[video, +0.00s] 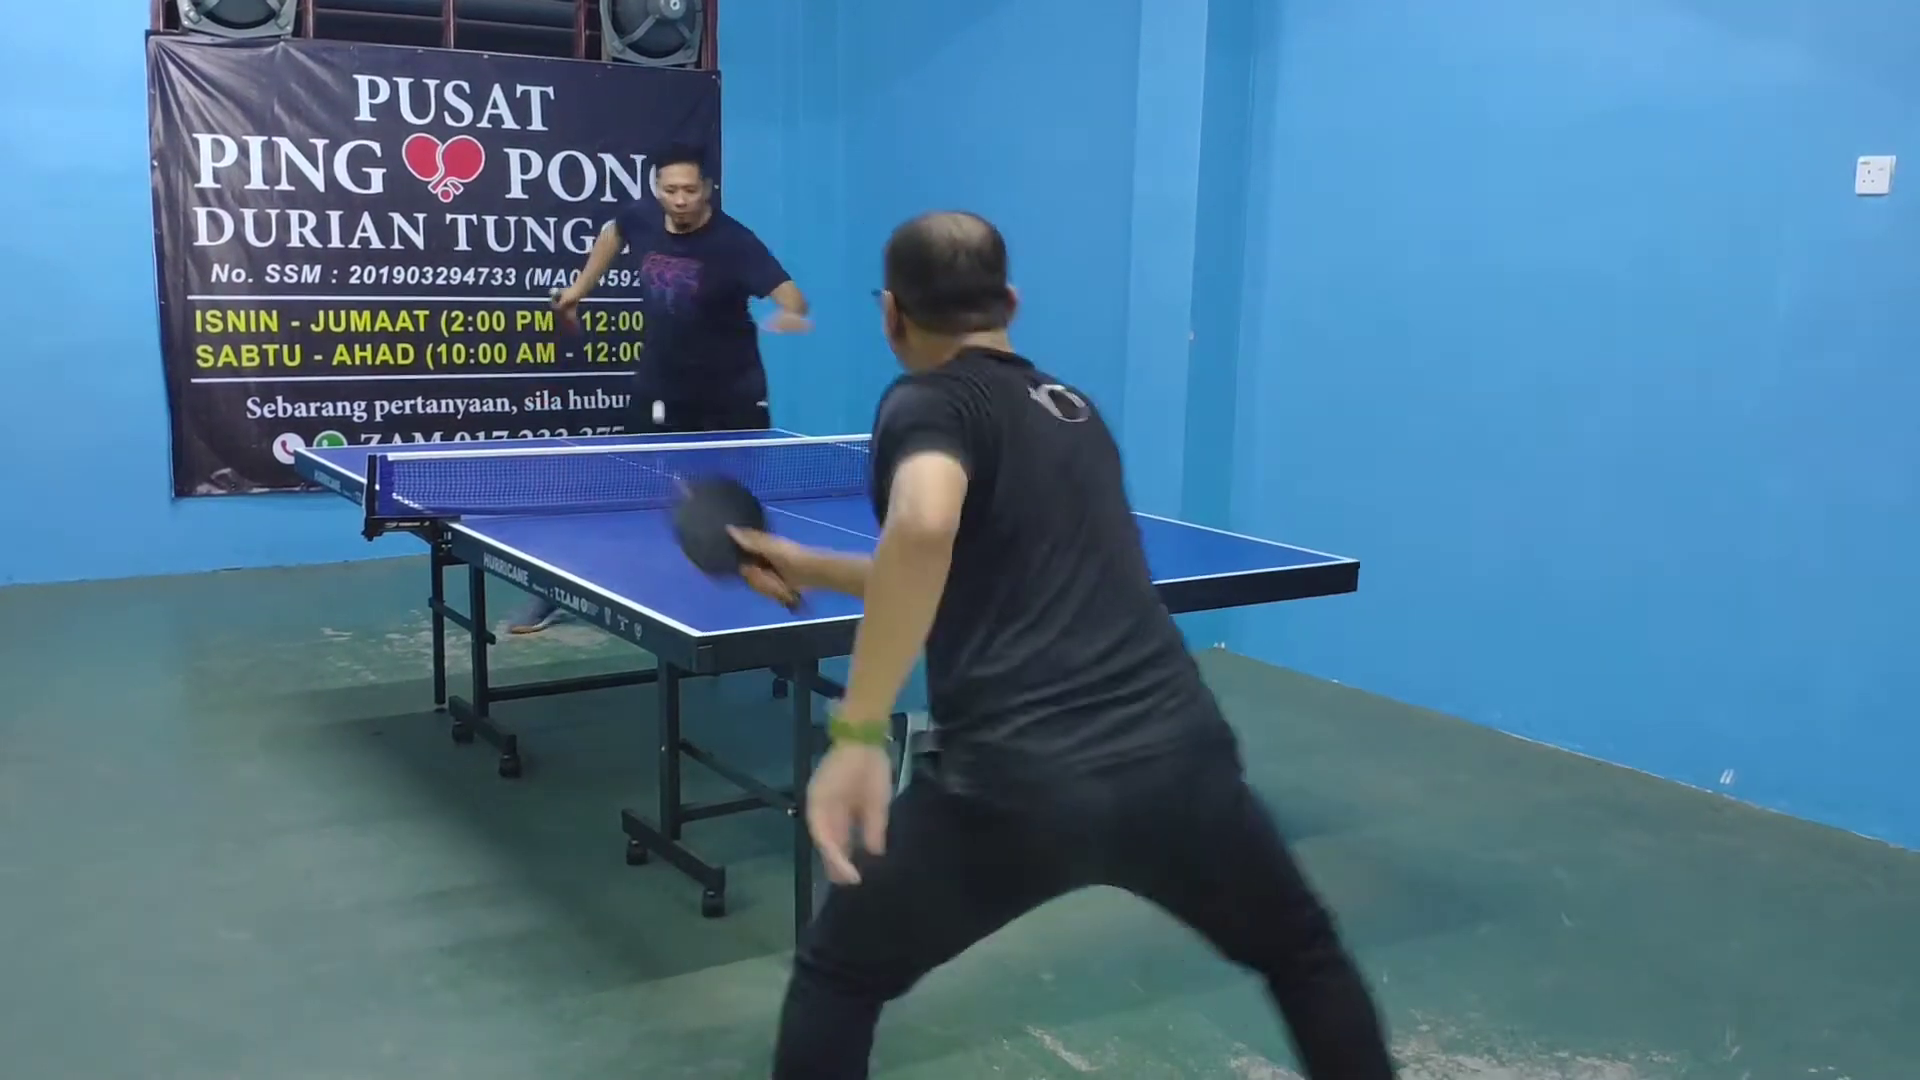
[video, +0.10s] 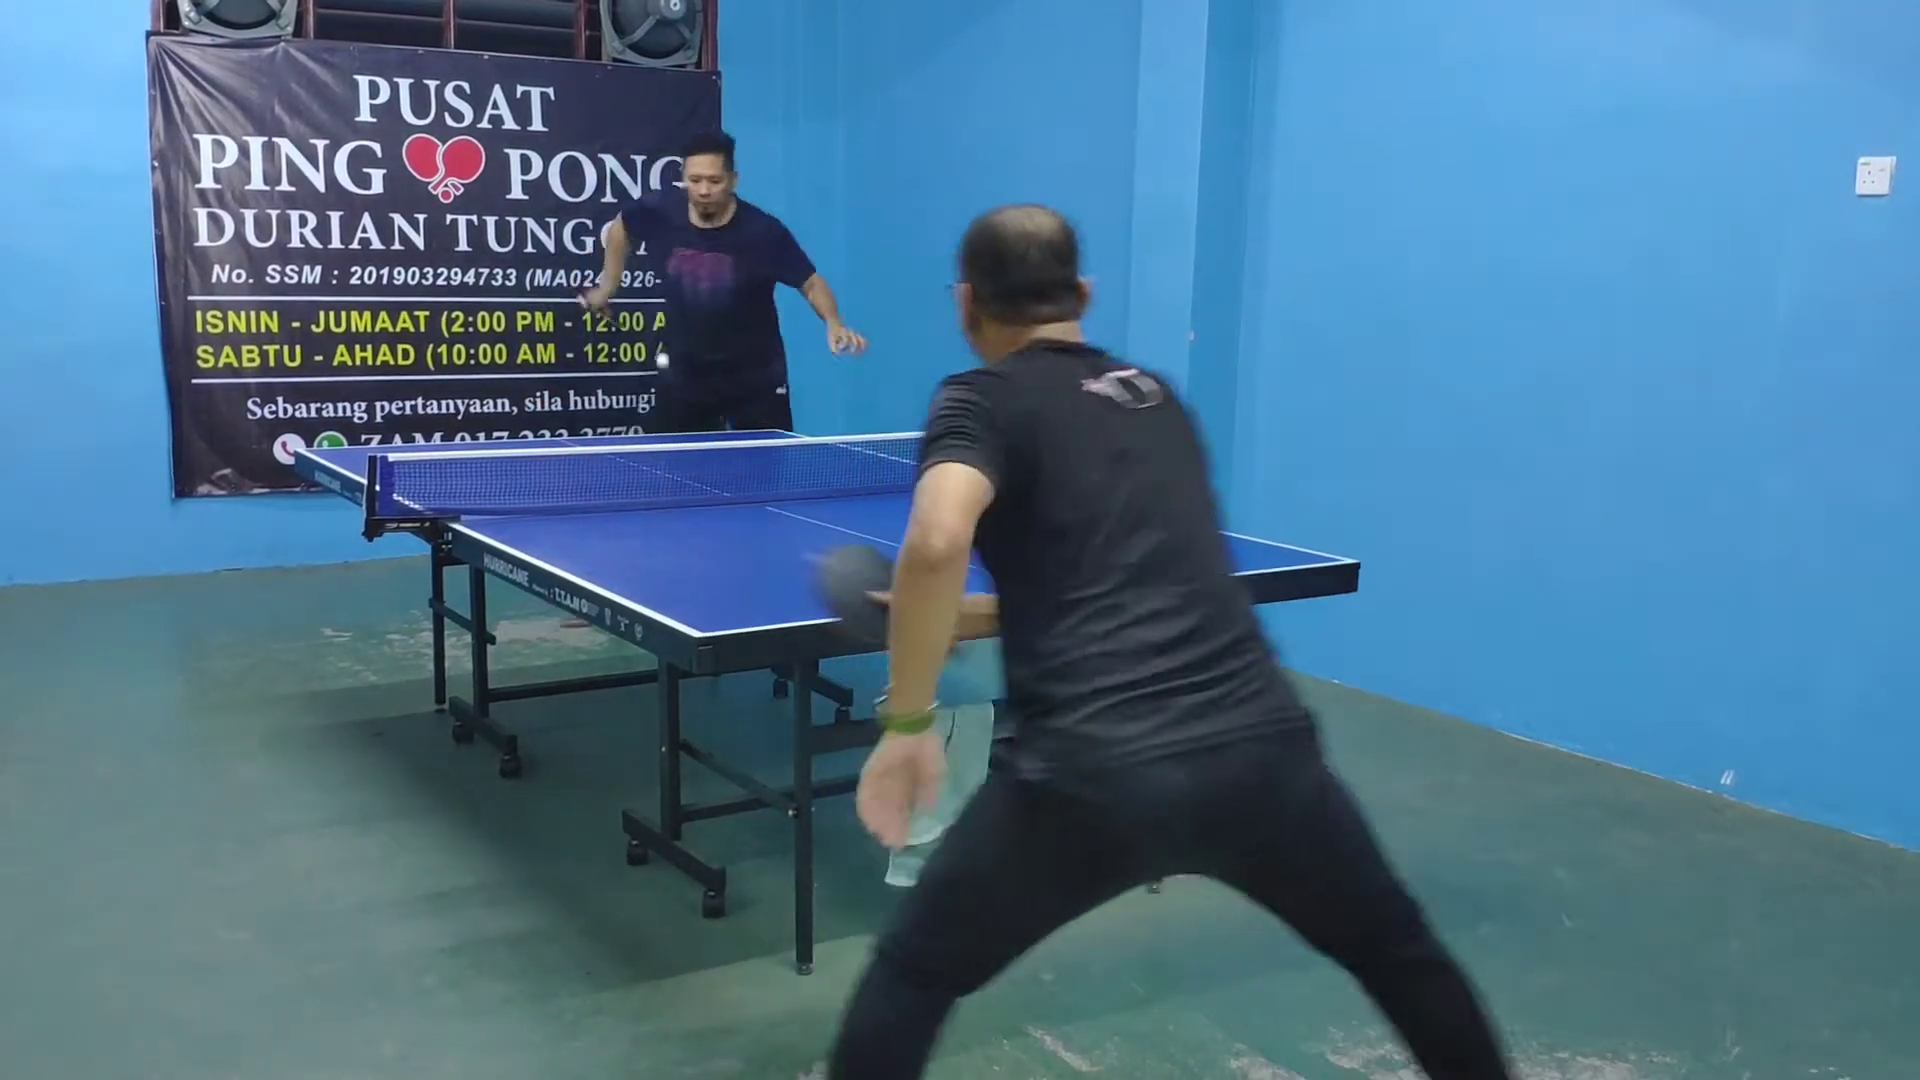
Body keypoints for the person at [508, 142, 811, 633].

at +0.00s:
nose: (679, 200)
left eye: (689, 189)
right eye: (669, 190)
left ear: (711, 189)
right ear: (657, 191)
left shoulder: (732, 240)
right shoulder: (645, 220)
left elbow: (786, 291)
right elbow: (613, 234)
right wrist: (579, 288)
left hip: (730, 399)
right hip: (659, 395)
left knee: (746, 503)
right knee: (608, 492)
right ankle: (552, 590)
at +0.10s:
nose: (704, 190)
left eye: (714, 180)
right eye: (696, 180)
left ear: (732, 180)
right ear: (683, 179)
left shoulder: (763, 231)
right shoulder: (663, 210)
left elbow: (809, 282)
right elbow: (617, 232)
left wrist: (834, 322)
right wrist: (607, 287)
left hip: (756, 384)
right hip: (685, 383)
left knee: (772, 482)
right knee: (669, 482)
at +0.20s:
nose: (715, 175)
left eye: (725, 166)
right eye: (708, 165)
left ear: (750, 161)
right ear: (700, 160)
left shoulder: (783, 207)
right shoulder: (683, 197)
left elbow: (814, 263)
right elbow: (644, 251)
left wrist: (834, 307)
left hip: (767, 357)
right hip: (699, 356)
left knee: (781, 459)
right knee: (689, 461)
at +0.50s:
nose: (769, 185)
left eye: (778, 175)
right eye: (758, 176)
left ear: (790, 177)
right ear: (743, 179)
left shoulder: (805, 227)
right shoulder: (724, 227)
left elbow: (809, 295)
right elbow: (740, 294)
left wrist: (826, 349)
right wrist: (811, 282)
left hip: (791, 379)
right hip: (730, 381)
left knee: (815, 470)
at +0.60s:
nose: (776, 179)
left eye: (784, 169)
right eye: (765, 170)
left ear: (795, 171)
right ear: (748, 174)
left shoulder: (810, 222)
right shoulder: (727, 221)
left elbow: (819, 289)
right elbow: (728, 288)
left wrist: (836, 345)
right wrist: (802, 280)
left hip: (793, 372)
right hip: (729, 374)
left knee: (816, 468)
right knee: (719, 477)